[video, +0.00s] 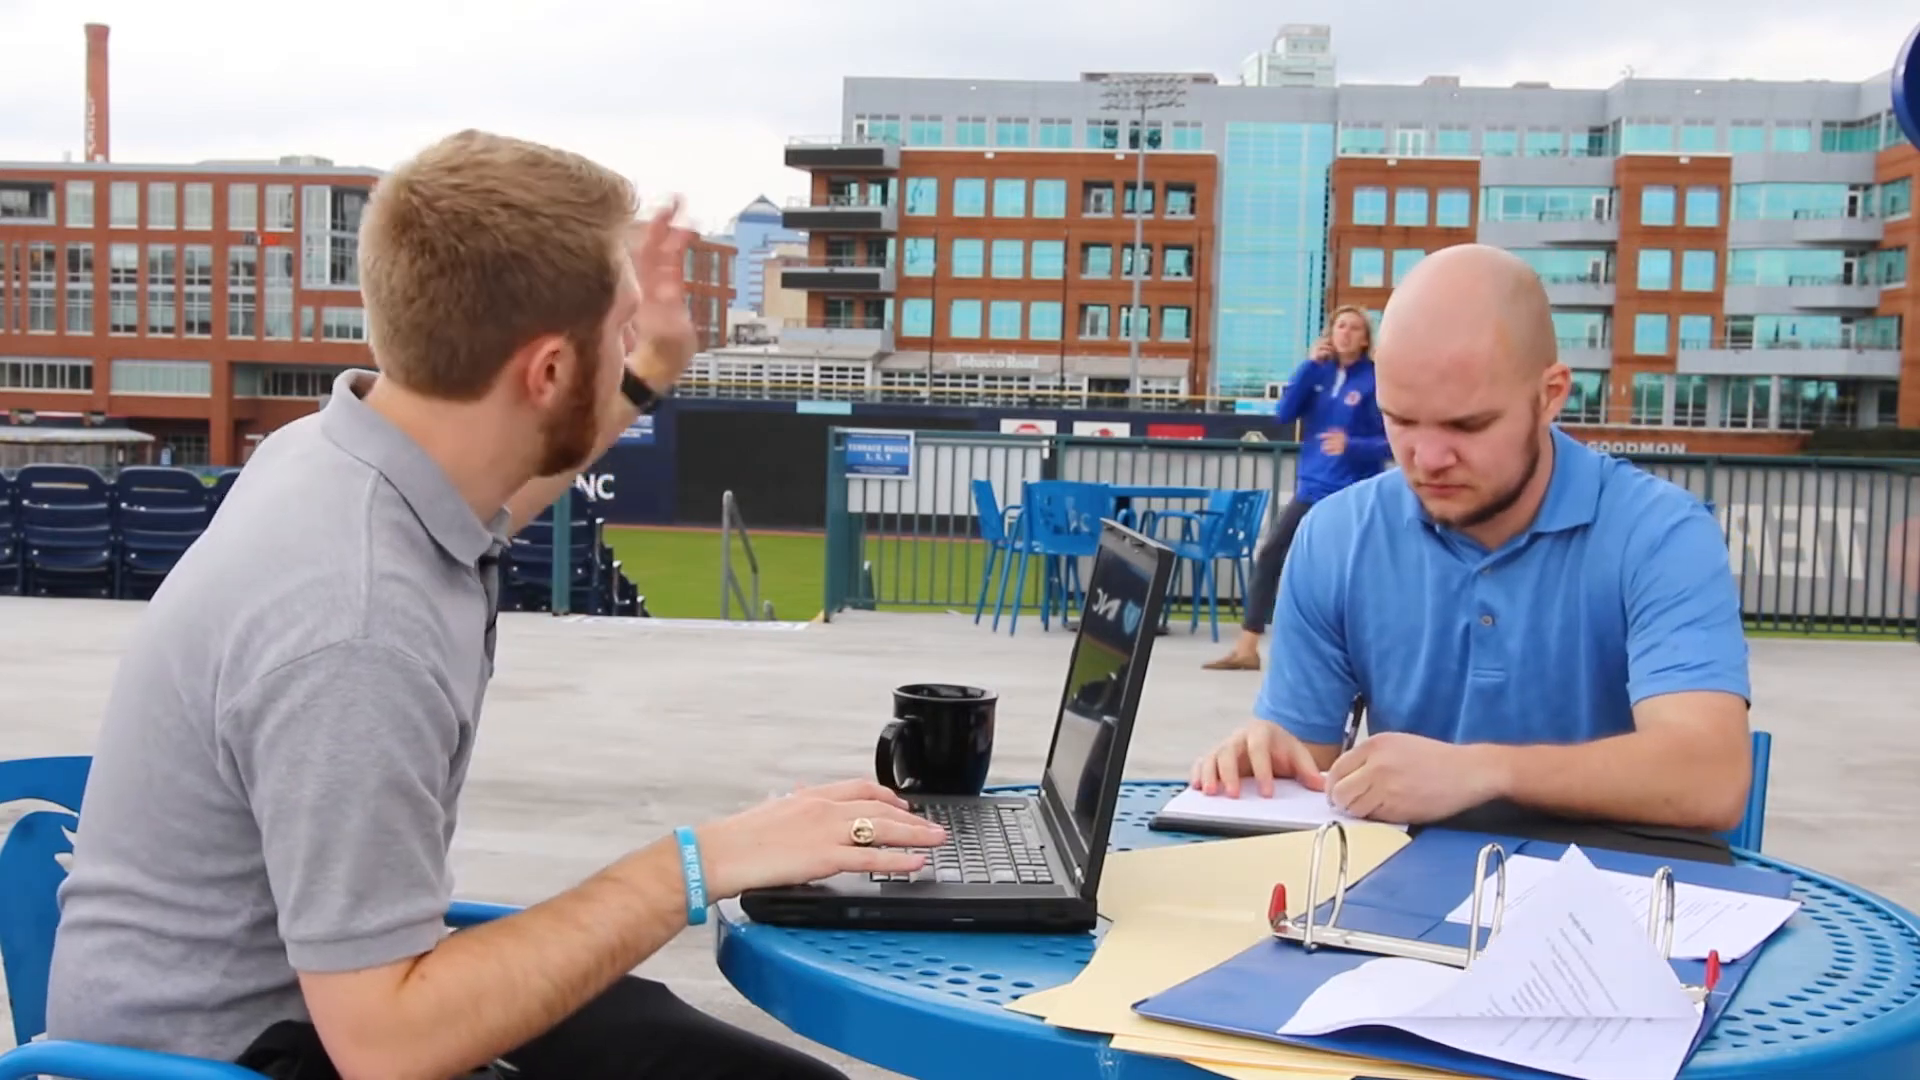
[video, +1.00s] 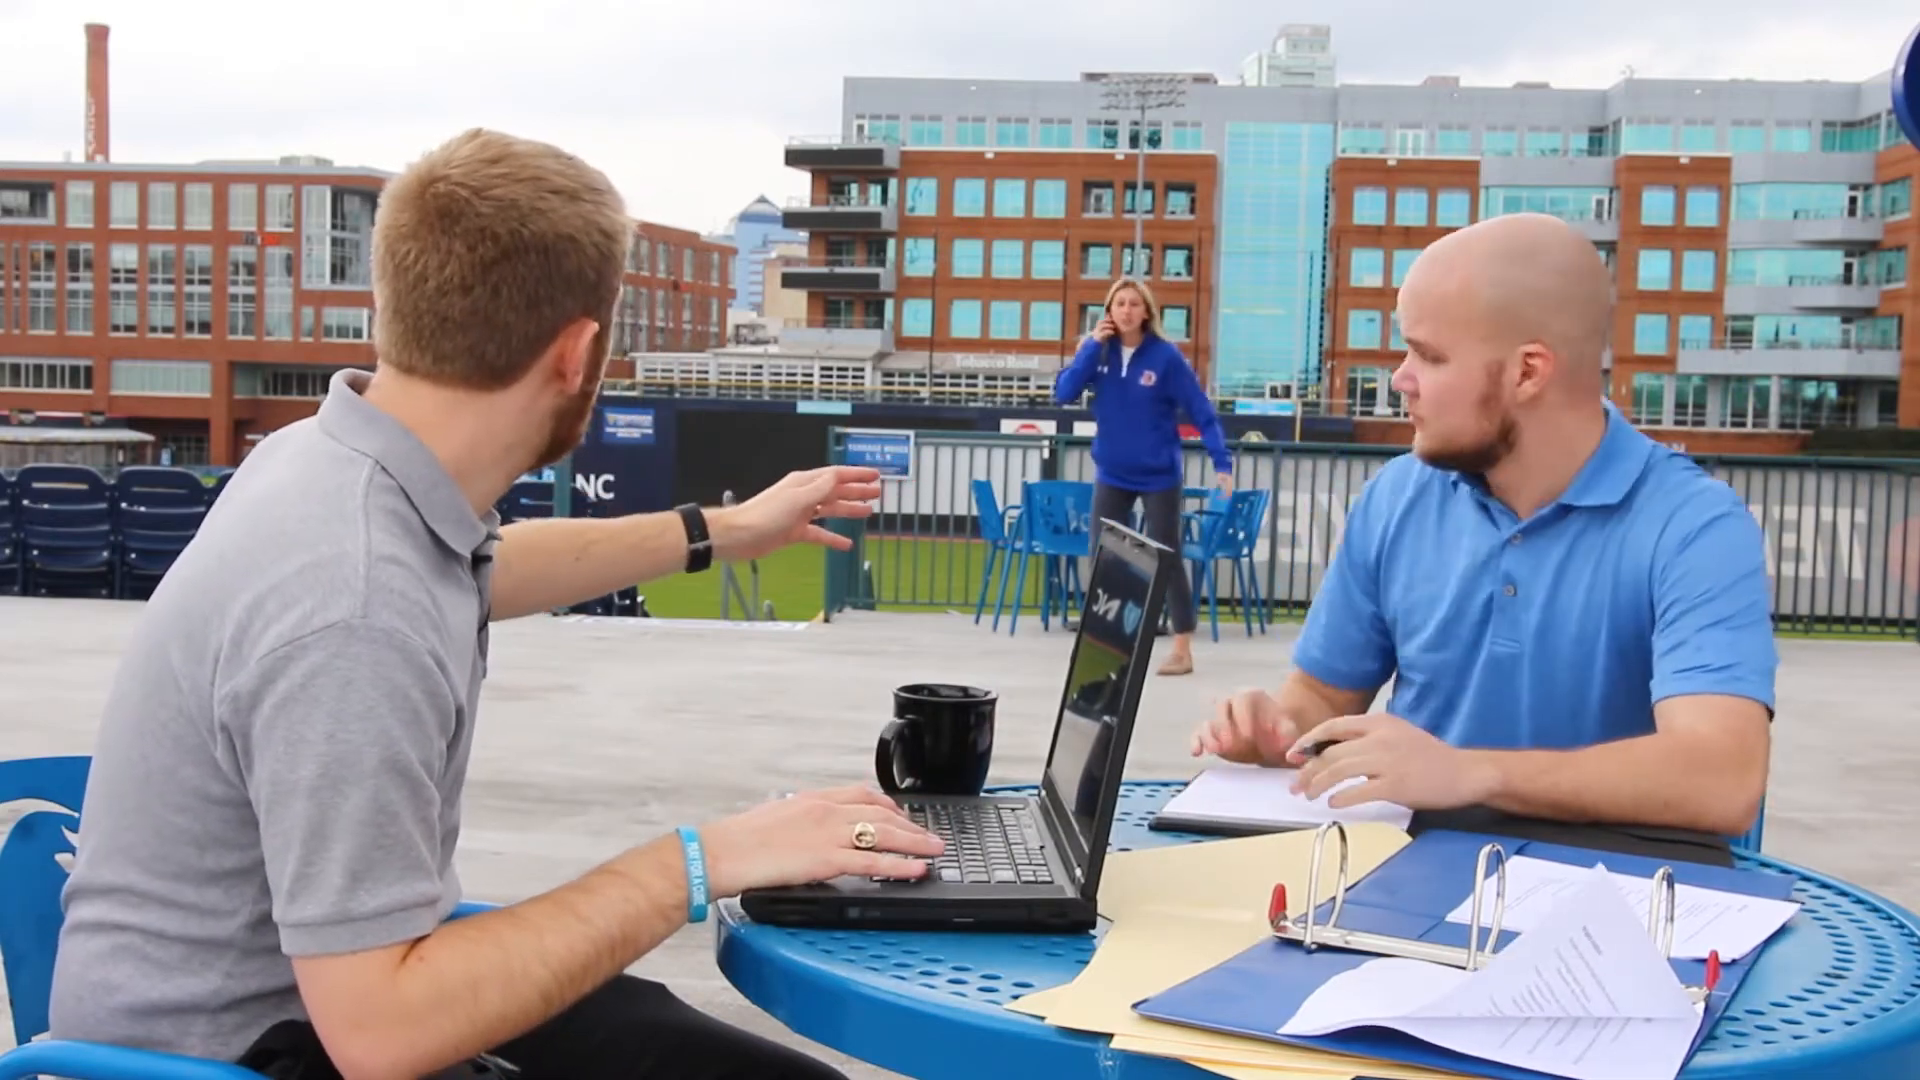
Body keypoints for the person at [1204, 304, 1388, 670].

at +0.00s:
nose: (1346, 333)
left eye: (1354, 328)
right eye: (1342, 327)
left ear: (1367, 337)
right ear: (1331, 332)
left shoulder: (1377, 377)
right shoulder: (1317, 371)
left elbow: (1392, 443)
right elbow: (1285, 413)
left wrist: (1351, 445)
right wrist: (1311, 365)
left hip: (1358, 496)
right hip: (1311, 493)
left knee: (1360, 568)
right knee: (1272, 555)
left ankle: (1362, 666)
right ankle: (1247, 644)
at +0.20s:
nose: (1270, 322)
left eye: (1277, 316)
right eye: (1264, 315)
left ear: (1289, 325)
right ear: (1252, 321)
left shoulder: (1302, 374)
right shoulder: (1239, 361)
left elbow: (1312, 442)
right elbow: (1207, 403)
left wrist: (1320, 503)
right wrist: (1235, 354)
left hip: (1270, 482)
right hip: (1229, 474)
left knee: (1224, 551)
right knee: (1192, 546)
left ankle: (1196, 646)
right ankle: (1223, 627)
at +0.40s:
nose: (1212, 320)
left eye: (1220, 316)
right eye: (1206, 314)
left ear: (1230, 326)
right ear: (1194, 321)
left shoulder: (1241, 373)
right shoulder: (1175, 359)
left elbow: (1265, 429)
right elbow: (1141, 400)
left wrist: (1283, 480)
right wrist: (1174, 352)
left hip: (1213, 482)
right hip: (1167, 476)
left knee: (1179, 549)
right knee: (1139, 547)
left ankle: (1184, 650)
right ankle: (1129, 640)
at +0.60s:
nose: (1177, 310)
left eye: (1185, 305)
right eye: (1171, 303)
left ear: (1195, 314)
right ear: (1158, 309)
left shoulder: (1206, 360)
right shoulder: (1136, 347)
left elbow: (1224, 420)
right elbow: (1108, 391)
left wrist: (1237, 472)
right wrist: (1139, 343)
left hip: (1184, 474)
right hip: (1138, 470)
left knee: (1175, 555)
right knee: (1119, 552)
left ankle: (1181, 648)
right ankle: (1111, 642)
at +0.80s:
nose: (1153, 308)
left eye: (1161, 302)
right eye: (1147, 301)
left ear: (1171, 311)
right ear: (1135, 307)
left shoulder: (1186, 356)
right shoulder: (1116, 346)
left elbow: (1212, 415)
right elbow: (1085, 391)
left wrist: (1236, 470)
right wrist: (1115, 340)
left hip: (1171, 473)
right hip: (1123, 470)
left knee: (1171, 555)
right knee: (1113, 555)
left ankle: (1181, 647)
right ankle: (1109, 643)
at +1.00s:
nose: (1126, 311)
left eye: (1134, 305)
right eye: (1120, 304)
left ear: (1147, 311)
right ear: (1110, 310)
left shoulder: (1165, 356)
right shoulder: (1098, 351)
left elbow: (1201, 411)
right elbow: (1063, 394)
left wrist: (1223, 464)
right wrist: (1092, 345)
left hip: (1159, 475)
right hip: (1112, 473)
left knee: (1167, 556)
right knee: (1102, 557)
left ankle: (1182, 648)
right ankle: (1104, 645)